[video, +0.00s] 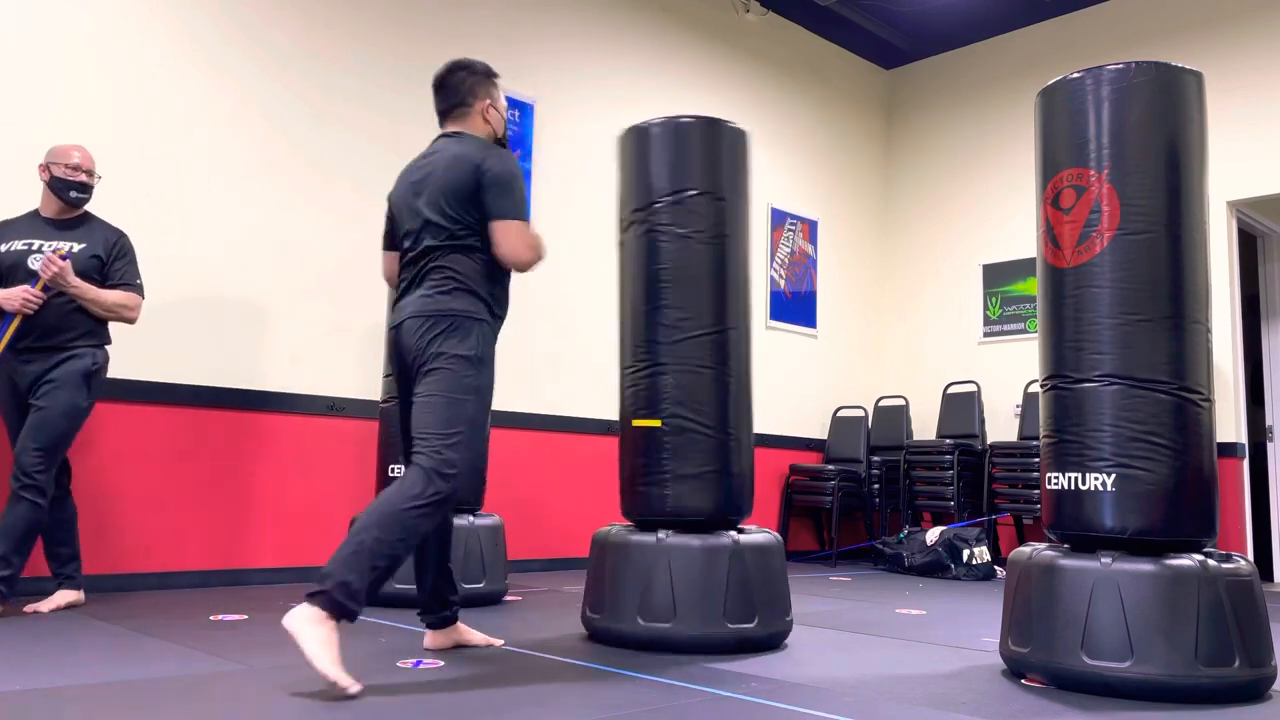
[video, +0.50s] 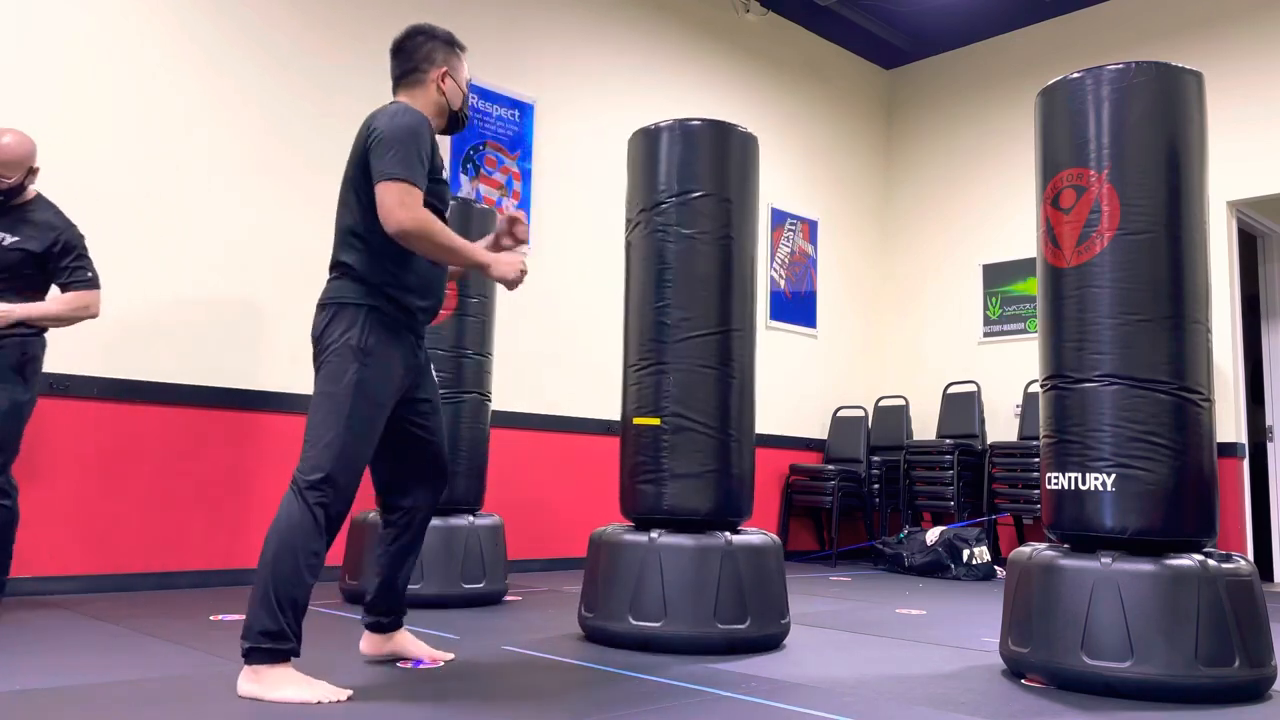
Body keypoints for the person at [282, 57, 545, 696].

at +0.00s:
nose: (505, 114)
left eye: (501, 104)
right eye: (502, 105)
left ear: (444, 111)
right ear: (489, 106)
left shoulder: (410, 173)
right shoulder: (491, 160)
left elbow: (392, 272)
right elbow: (514, 249)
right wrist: (537, 243)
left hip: (408, 319)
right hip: (458, 314)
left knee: (434, 472)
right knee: (442, 470)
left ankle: (441, 623)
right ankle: (322, 611)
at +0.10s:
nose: (490, 114)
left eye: (488, 103)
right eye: (487, 103)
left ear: (427, 108)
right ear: (472, 104)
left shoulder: (396, 171)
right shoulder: (469, 158)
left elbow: (377, 275)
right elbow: (464, 249)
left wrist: (449, 267)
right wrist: (506, 256)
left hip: (394, 325)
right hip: (435, 328)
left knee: (424, 487)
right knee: (393, 487)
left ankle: (441, 624)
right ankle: (288, 641)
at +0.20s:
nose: (478, 108)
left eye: (476, 97)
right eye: (475, 97)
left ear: (417, 101)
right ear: (458, 99)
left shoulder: (401, 151)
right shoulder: (441, 149)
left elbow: (394, 245)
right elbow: (447, 243)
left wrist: (474, 239)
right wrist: (494, 250)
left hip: (384, 324)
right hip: (408, 331)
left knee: (413, 490)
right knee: (351, 494)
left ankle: (436, 623)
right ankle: (269, 662)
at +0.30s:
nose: (471, 94)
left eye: (469, 84)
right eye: (469, 83)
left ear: (413, 82)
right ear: (451, 81)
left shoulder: (403, 129)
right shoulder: (423, 126)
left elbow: (408, 225)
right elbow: (428, 217)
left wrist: (465, 216)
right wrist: (487, 241)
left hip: (400, 319)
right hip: (387, 317)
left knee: (415, 476)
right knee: (343, 482)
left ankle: (405, 630)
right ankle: (269, 658)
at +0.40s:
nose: (465, 92)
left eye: (463, 82)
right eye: (463, 80)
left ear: (413, 77)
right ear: (444, 76)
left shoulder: (415, 136)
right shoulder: (410, 118)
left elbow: (417, 231)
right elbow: (410, 208)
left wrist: (475, 223)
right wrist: (482, 245)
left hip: (402, 328)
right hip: (371, 317)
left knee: (409, 480)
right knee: (329, 483)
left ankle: (380, 635)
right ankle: (266, 661)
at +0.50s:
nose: (467, 92)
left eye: (465, 82)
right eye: (463, 79)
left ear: (422, 77)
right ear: (440, 75)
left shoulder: (426, 147)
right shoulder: (402, 121)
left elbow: (432, 244)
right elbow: (401, 217)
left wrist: (490, 241)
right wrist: (482, 257)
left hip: (400, 334)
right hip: (364, 323)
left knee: (417, 483)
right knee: (321, 487)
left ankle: (383, 631)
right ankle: (265, 662)